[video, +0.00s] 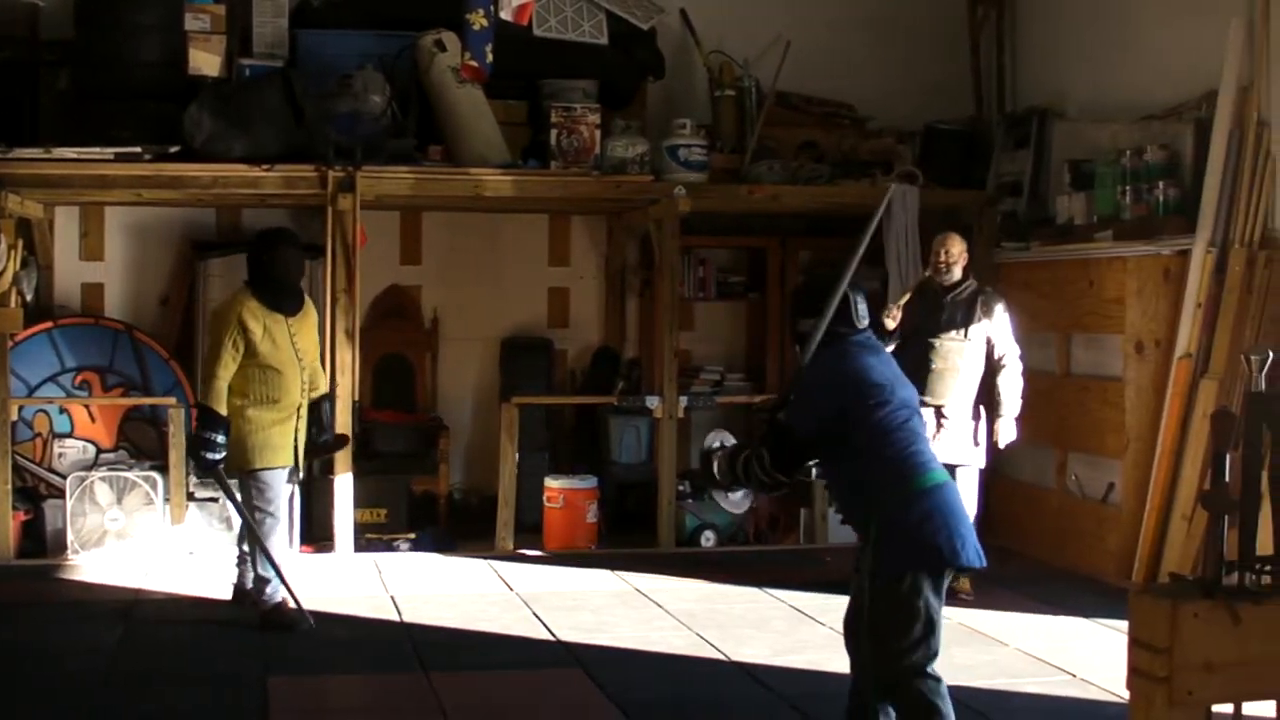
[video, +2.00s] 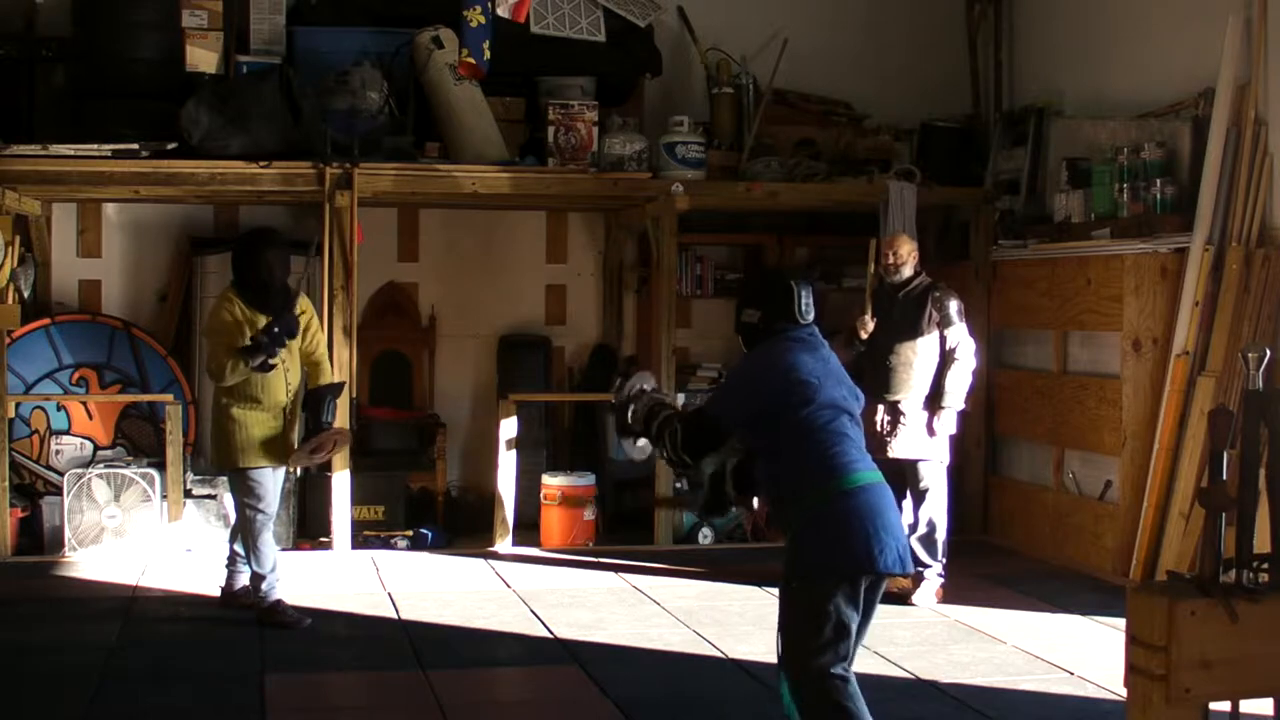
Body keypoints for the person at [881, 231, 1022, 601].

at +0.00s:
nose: (941, 260)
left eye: (949, 254)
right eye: (937, 253)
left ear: (965, 259)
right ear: (929, 258)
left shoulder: (987, 306)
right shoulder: (915, 300)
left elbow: (1008, 365)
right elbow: (879, 355)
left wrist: (1007, 416)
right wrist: (885, 330)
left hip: (965, 420)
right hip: (916, 416)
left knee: (963, 501)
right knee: (916, 493)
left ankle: (960, 572)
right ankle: (914, 568)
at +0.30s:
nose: (898, 262)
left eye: (906, 258)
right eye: (896, 256)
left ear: (923, 260)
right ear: (891, 256)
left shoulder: (944, 300)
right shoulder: (879, 298)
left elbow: (966, 360)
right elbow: (851, 353)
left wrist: (953, 413)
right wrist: (852, 325)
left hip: (926, 419)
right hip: (878, 413)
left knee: (932, 495)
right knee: (882, 491)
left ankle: (938, 569)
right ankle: (882, 570)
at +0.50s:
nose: (885, 265)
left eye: (892, 260)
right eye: (881, 259)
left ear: (910, 260)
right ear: (876, 259)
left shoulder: (933, 301)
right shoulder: (870, 298)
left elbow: (954, 359)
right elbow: (852, 350)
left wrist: (934, 410)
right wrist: (847, 324)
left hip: (915, 413)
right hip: (872, 408)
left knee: (922, 485)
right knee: (877, 486)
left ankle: (941, 567)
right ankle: (882, 568)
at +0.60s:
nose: (885, 265)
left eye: (893, 260)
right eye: (881, 259)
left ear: (911, 259)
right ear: (876, 259)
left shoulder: (934, 300)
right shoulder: (872, 297)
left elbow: (955, 358)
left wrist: (934, 410)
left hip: (917, 411)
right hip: (875, 407)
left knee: (921, 483)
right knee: (881, 483)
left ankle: (939, 564)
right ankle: (888, 561)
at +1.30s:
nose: (891, 259)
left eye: (898, 253)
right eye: (886, 253)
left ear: (913, 256)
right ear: (879, 257)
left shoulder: (933, 297)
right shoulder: (877, 295)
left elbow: (955, 352)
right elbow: (864, 345)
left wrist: (933, 403)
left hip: (918, 406)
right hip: (879, 402)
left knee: (922, 483)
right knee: (885, 482)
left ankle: (930, 556)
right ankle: (889, 557)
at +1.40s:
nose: (890, 260)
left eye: (897, 254)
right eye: (885, 254)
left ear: (913, 257)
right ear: (879, 258)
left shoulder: (934, 298)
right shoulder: (876, 296)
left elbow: (956, 353)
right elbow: (865, 349)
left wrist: (936, 403)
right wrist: (856, 331)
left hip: (919, 410)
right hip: (879, 407)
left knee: (924, 490)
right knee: (885, 489)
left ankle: (930, 570)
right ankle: (889, 570)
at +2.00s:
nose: (889, 259)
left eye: (896, 252)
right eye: (884, 253)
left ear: (915, 256)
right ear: (878, 258)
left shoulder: (938, 299)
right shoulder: (877, 298)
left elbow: (962, 355)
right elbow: (859, 359)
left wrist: (949, 406)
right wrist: (859, 337)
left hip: (923, 415)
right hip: (879, 415)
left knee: (928, 499)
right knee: (886, 495)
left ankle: (929, 577)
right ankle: (893, 571)